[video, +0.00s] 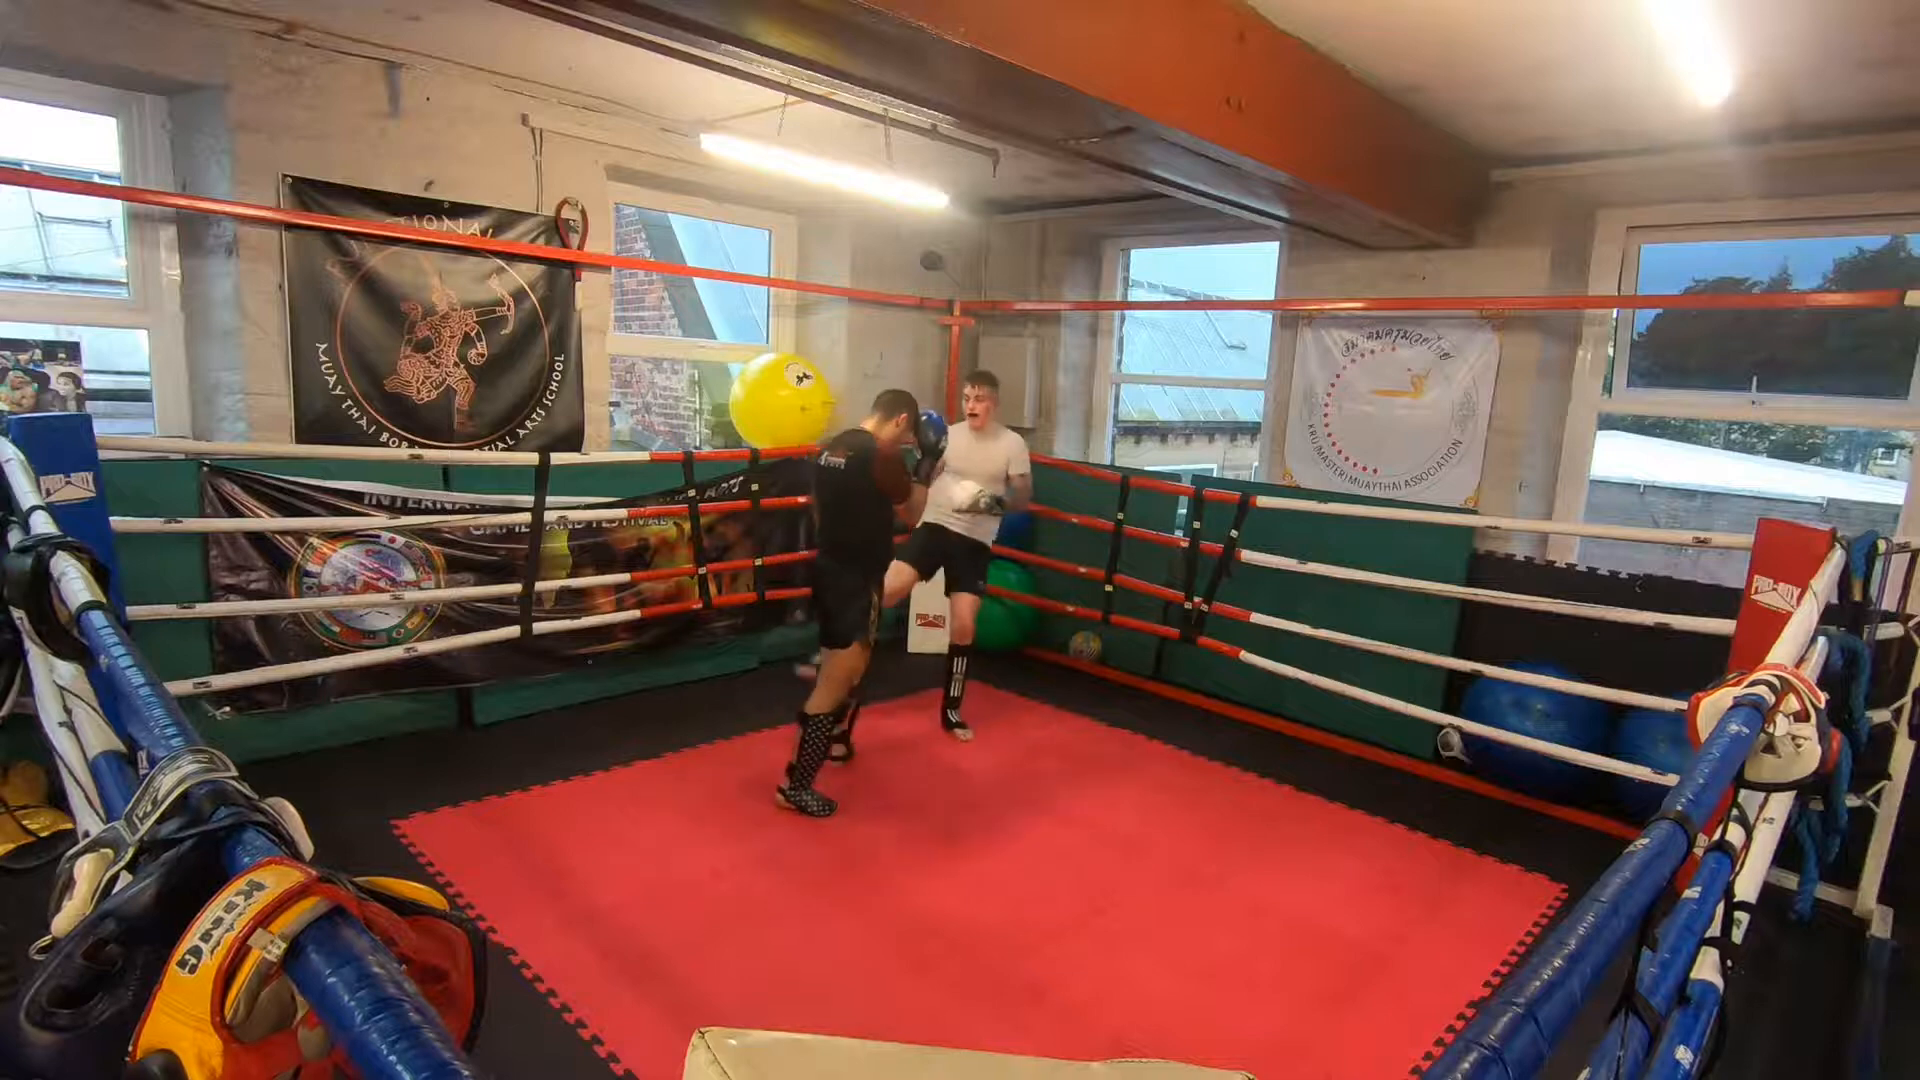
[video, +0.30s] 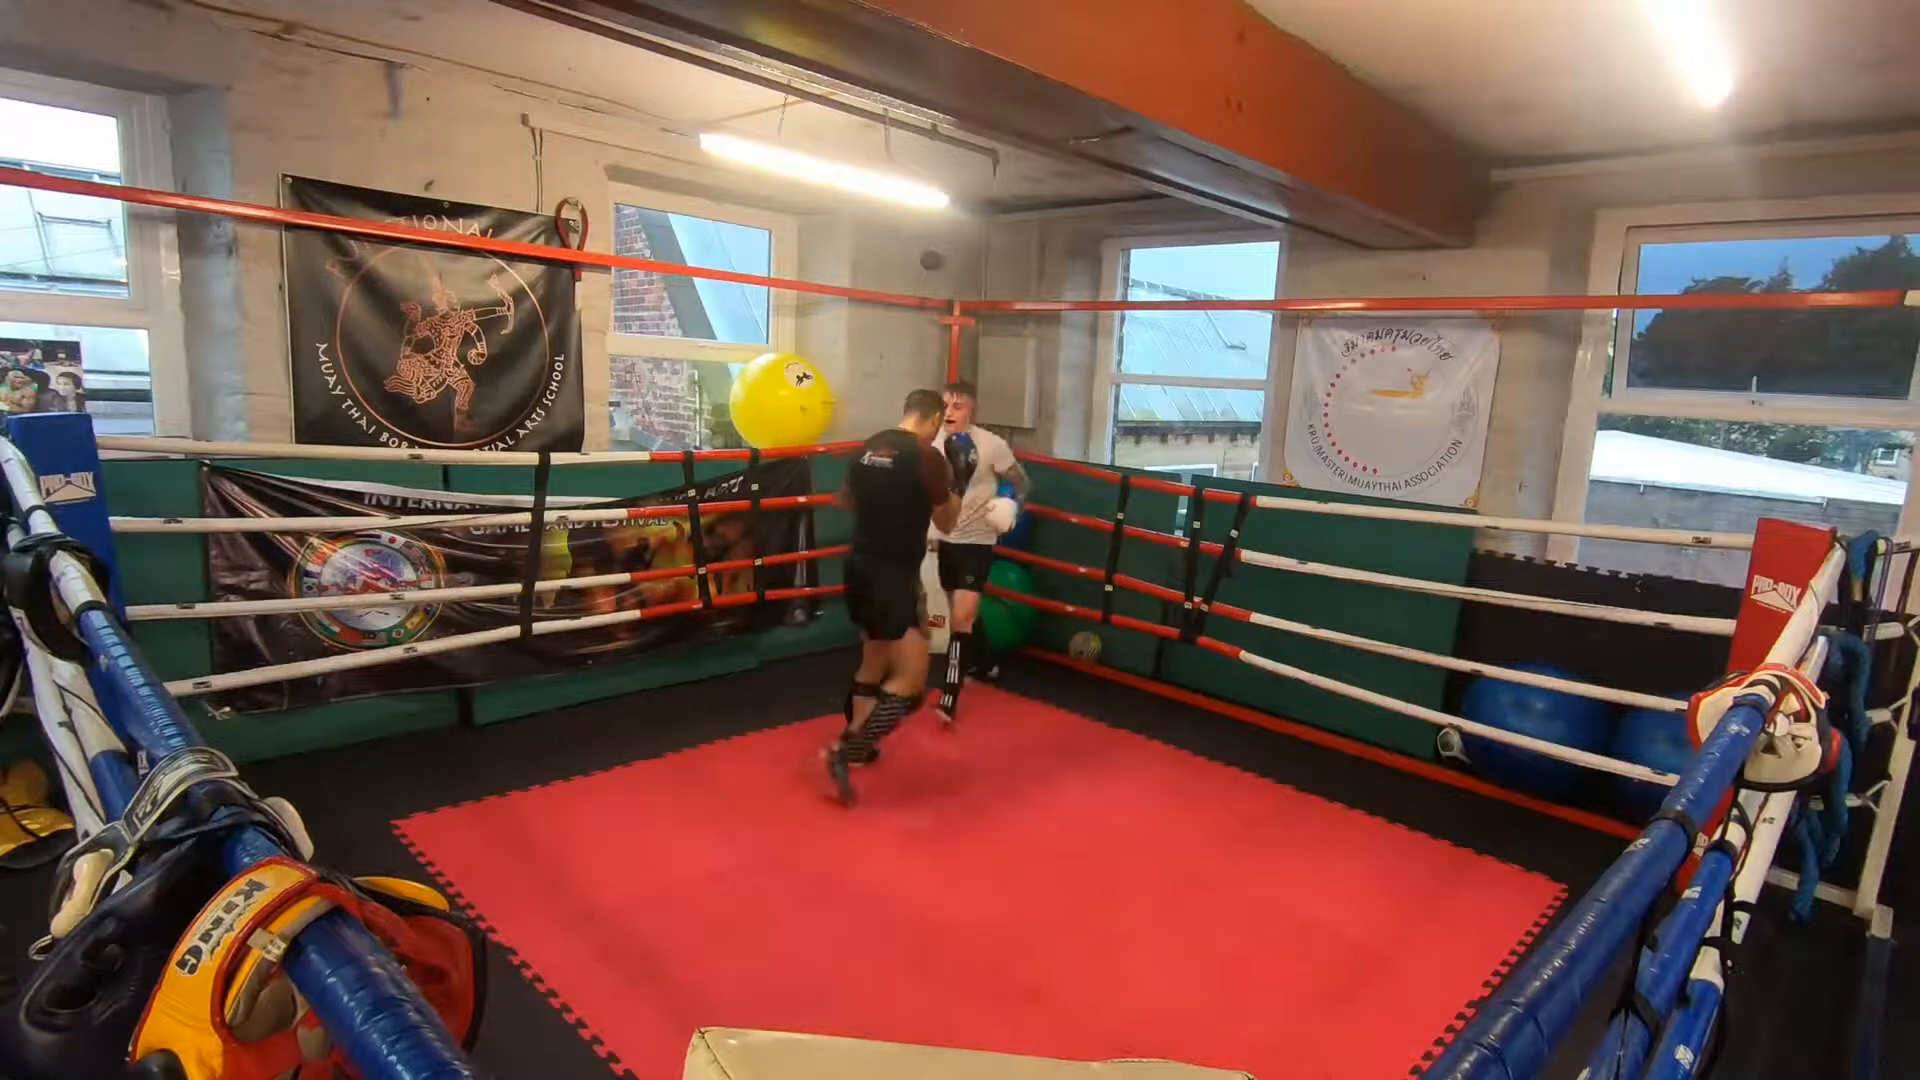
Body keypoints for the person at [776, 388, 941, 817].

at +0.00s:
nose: (907, 438)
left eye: (908, 432)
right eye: (909, 431)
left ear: (873, 413)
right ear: (900, 421)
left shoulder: (835, 449)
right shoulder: (880, 454)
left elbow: (828, 517)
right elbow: (911, 512)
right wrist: (928, 462)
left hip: (831, 572)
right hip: (855, 580)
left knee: (852, 662)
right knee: (837, 680)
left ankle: (833, 738)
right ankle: (797, 785)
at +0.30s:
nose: (941, 428)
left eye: (941, 422)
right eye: (942, 421)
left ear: (905, 414)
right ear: (933, 420)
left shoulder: (873, 447)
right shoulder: (929, 458)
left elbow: (846, 498)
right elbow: (946, 519)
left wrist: (887, 505)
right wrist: (952, 480)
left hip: (862, 567)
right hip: (896, 574)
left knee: (874, 659)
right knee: (912, 675)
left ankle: (858, 743)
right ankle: (849, 749)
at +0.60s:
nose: (987, 431)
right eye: (989, 426)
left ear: (953, 415)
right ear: (987, 422)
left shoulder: (919, 444)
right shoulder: (989, 461)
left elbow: (889, 498)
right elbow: (997, 521)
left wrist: (922, 478)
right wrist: (977, 491)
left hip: (912, 565)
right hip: (958, 571)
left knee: (897, 651)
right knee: (976, 660)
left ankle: (864, 736)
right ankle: (983, 744)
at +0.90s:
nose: (980, 415)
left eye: (978, 408)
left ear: (977, 408)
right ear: (1011, 413)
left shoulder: (952, 442)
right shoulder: (1025, 453)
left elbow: (915, 487)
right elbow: (1023, 493)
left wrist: (914, 466)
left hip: (947, 556)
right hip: (992, 563)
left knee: (928, 631)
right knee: (988, 655)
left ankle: (919, 709)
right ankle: (984, 743)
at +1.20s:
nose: (962, 422)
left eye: (959, 415)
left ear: (959, 416)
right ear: (991, 417)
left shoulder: (941, 450)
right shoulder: (1011, 452)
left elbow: (932, 485)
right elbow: (999, 483)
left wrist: (948, 438)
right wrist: (972, 436)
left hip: (947, 556)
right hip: (991, 559)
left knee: (941, 634)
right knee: (996, 650)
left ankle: (937, 701)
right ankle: (985, 738)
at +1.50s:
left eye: (963, 413)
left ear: (959, 414)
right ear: (993, 416)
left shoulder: (940, 441)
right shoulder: (1007, 443)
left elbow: (938, 477)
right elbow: (1009, 461)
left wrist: (964, 433)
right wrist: (982, 431)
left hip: (950, 548)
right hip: (992, 550)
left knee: (943, 629)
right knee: (1002, 639)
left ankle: (937, 702)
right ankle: (1005, 722)